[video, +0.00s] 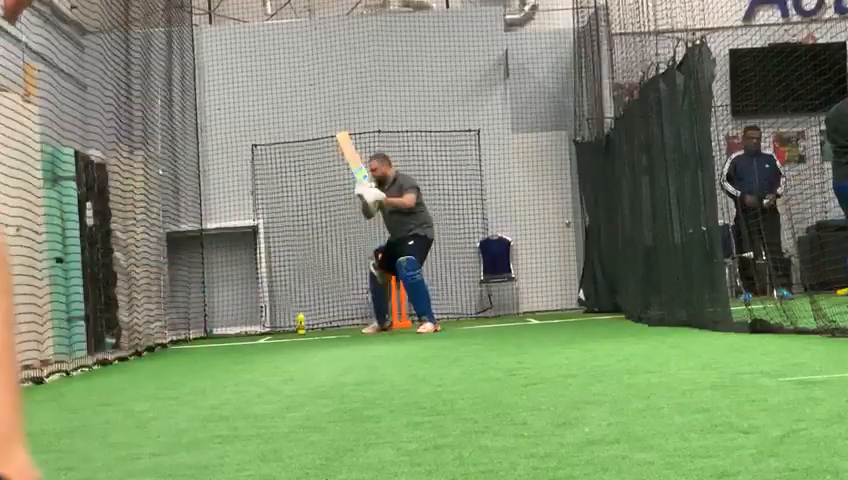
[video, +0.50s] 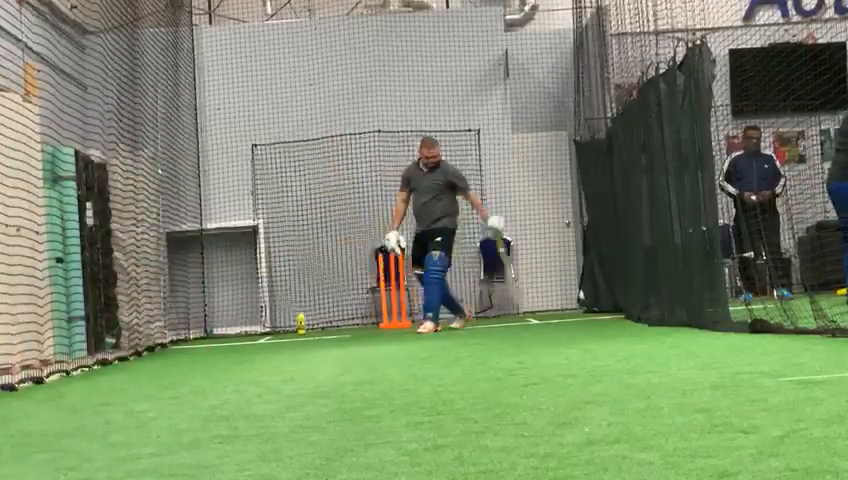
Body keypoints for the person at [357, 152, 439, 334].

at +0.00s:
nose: (373, 174)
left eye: (375, 170)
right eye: (371, 171)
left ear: (387, 166)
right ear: (371, 171)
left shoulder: (405, 181)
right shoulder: (378, 187)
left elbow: (409, 202)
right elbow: (368, 214)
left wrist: (382, 199)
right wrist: (364, 197)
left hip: (419, 234)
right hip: (398, 239)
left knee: (406, 265)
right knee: (376, 267)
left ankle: (428, 321)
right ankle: (382, 321)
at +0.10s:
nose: (387, 165)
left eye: (390, 161)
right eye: (385, 162)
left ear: (400, 158)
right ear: (382, 163)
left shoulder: (415, 176)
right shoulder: (385, 184)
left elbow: (419, 202)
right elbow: (379, 205)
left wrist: (397, 212)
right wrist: (373, 211)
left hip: (424, 229)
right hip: (403, 233)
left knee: (412, 265)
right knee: (385, 267)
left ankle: (428, 321)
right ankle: (384, 318)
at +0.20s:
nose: (401, 159)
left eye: (404, 155)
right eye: (397, 157)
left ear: (412, 151)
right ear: (393, 157)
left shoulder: (425, 171)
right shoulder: (393, 177)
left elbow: (431, 199)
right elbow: (389, 201)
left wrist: (416, 217)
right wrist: (387, 221)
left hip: (428, 226)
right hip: (406, 227)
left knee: (419, 263)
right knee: (388, 265)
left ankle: (428, 320)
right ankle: (403, 316)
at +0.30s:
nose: (416, 156)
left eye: (418, 152)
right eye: (411, 153)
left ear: (424, 149)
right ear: (405, 153)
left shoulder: (434, 169)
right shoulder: (399, 173)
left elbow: (438, 197)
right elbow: (396, 203)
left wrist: (431, 218)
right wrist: (390, 228)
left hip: (433, 227)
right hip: (410, 227)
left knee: (426, 269)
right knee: (400, 271)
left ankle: (430, 318)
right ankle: (426, 308)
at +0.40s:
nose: (427, 156)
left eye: (429, 152)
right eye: (422, 154)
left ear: (433, 149)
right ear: (413, 152)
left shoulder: (442, 169)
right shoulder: (404, 172)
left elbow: (452, 199)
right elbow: (399, 203)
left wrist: (457, 225)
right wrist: (393, 229)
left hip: (438, 226)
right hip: (416, 228)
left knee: (429, 270)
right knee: (407, 271)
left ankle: (429, 319)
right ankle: (444, 304)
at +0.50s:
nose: (434, 162)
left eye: (437, 157)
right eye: (430, 158)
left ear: (440, 153)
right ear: (420, 154)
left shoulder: (448, 171)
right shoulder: (410, 173)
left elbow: (469, 195)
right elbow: (402, 201)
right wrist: (394, 229)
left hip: (444, 228)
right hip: (422, 230)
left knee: (434, 272)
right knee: (422, 274)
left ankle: (430, 320)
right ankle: (460, 313)